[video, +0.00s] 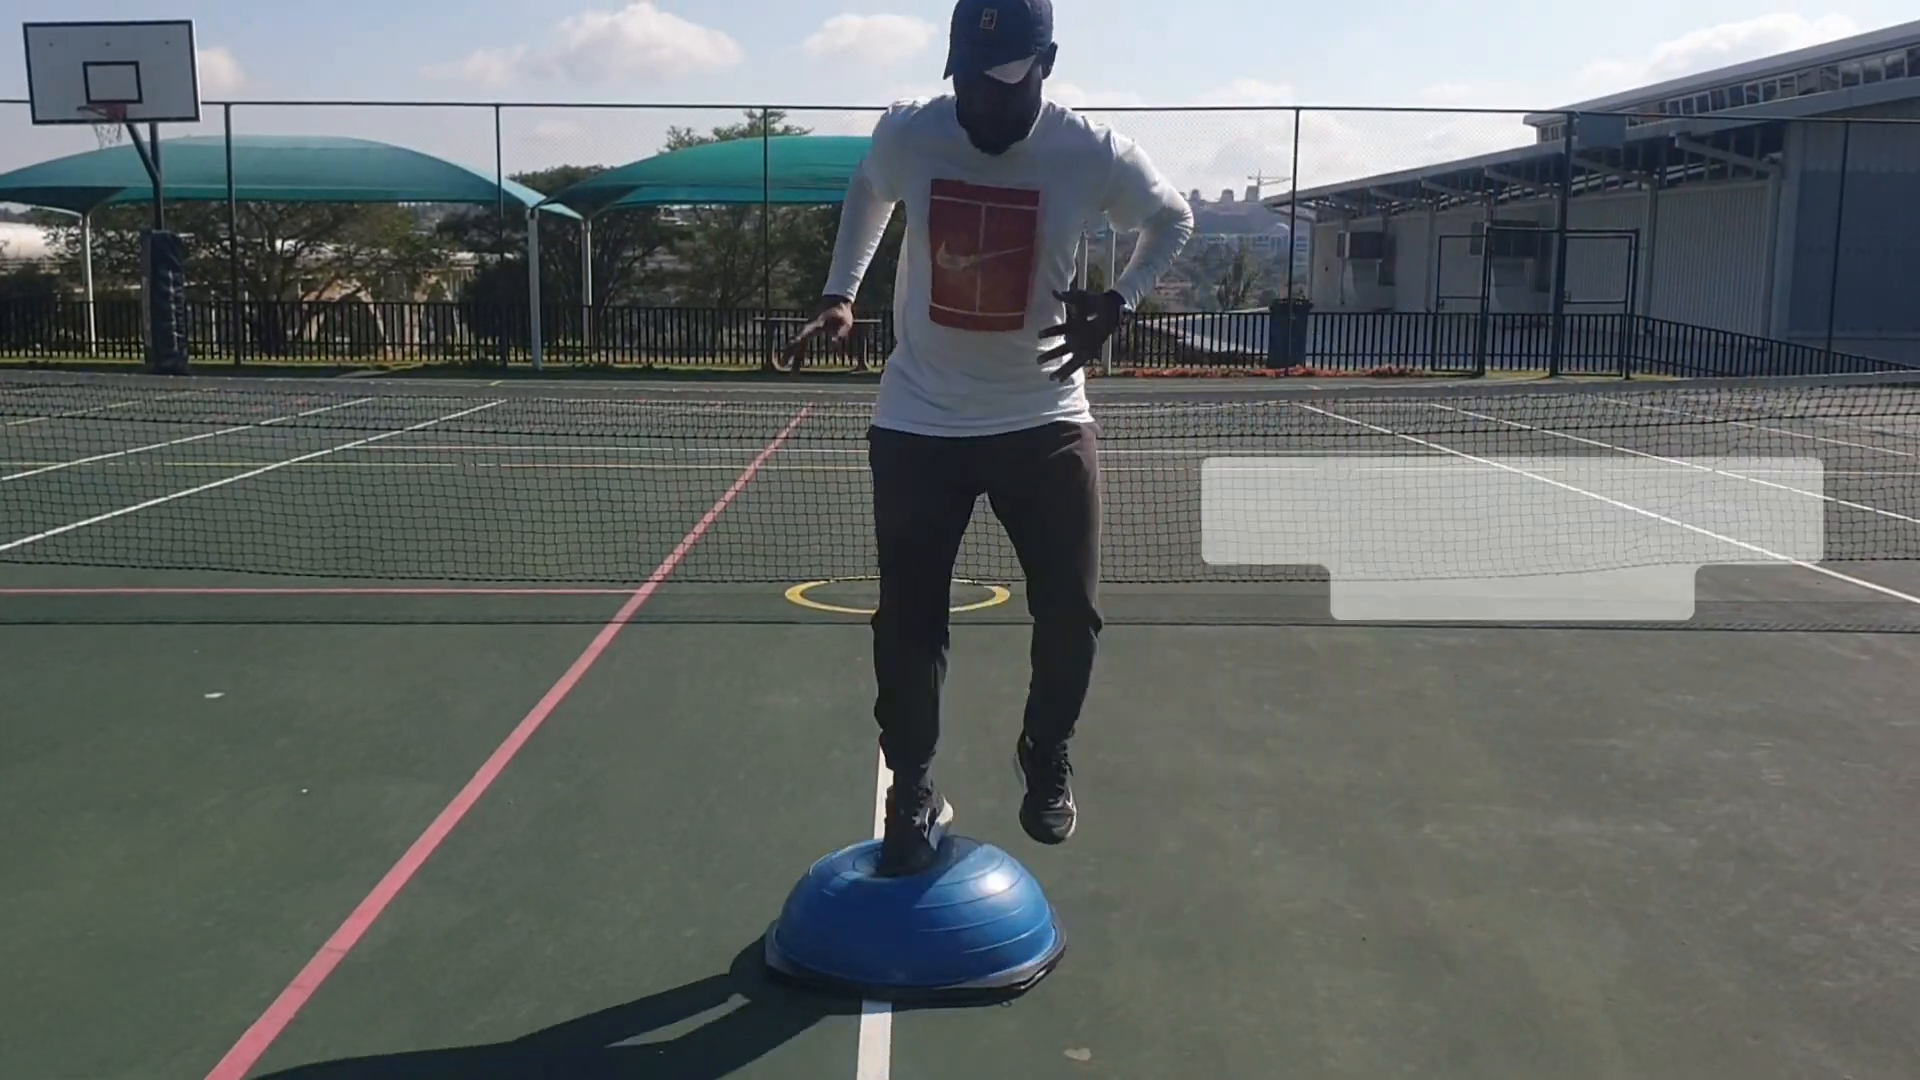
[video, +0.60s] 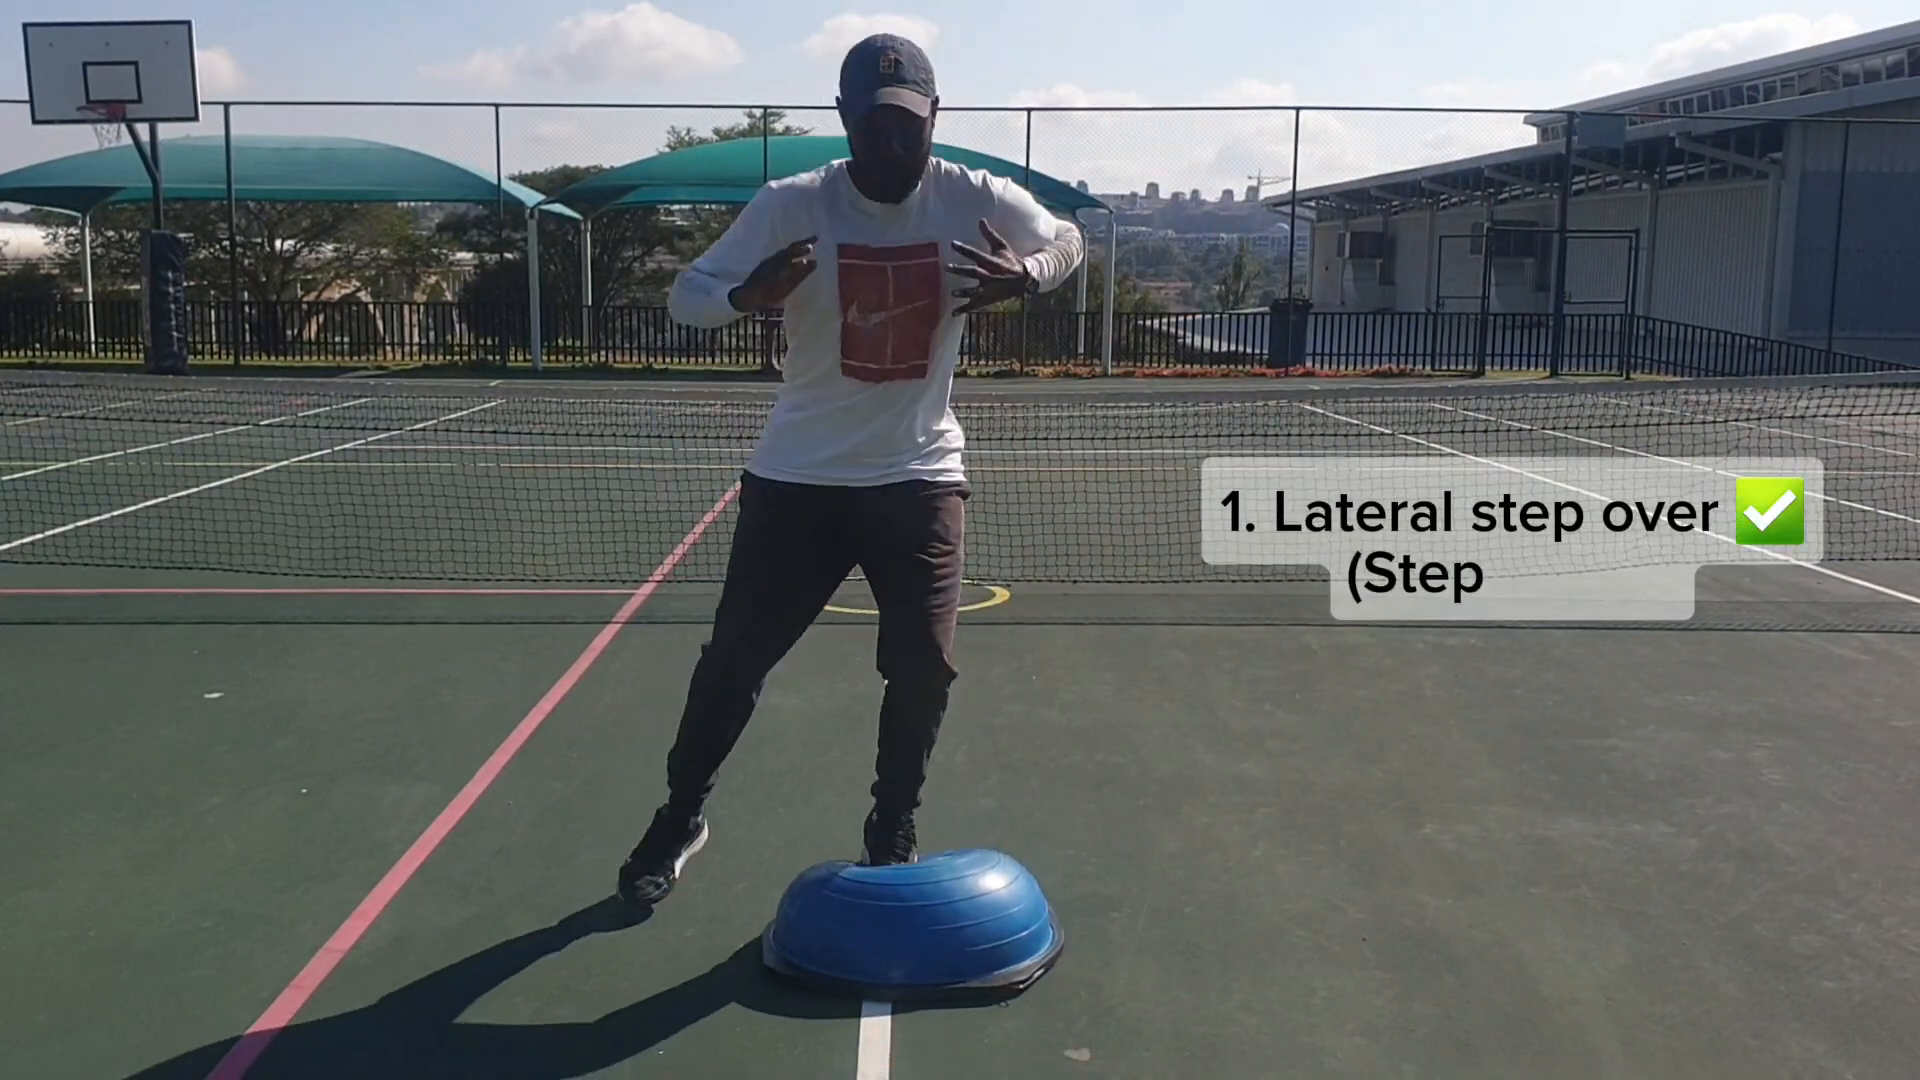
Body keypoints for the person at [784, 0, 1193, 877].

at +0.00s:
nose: (983, 99)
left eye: (1003, 81)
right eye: (971, 80)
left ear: (1041, 66)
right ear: (954, 64)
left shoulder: (1085, 152)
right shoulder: (906, 134)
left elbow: (1173, 218)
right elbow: (871, 194)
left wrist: (1118, 301)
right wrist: (841, 290)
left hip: (1043, 419)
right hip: (919, 419)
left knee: (1070, 608)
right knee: (908, 613)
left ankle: (1048, 761)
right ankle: (912, 795)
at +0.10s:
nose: (941, 95)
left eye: (961, 79)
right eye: (929, 74)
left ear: (998, 61)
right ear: (908, 55)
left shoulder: (1040, 144)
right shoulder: (861, 123)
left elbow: (1133, 191)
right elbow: (828, 183)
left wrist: (1074, 283)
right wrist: (806, 290)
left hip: (989, 388)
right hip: (873, 376)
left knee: (981, 583)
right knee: (834, 565)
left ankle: (930, 742)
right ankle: (852, 724)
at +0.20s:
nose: (911, 117)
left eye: (929, 97)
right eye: (893, 96)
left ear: (956, 77)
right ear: (863, 78)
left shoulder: (1001, 165)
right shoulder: (817, 142)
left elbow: (1083, 206)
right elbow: (791, 202)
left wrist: (1019, 298)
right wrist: (771, 301)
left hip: (937, 421)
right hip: (823, 398)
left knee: (910, 626)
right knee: (749, 592)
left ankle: (883, 811)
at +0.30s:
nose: (866, 172)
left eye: (886, 152)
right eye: (850, 149)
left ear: (916, 141)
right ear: (823, 136)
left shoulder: (961, 226)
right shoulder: (776, 200)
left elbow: (1011, 266)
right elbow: (756, 262)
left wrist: (962, 346)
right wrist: (740, 353)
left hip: (893, 473)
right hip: (771, 473)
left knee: (921, 651)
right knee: (692, 668)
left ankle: (885, 796)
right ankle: (630, 837)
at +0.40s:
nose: (842, 233)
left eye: (859, 216)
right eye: (825, 213)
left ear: (884, 211)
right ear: (795, 207)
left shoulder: (925, 308)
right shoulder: (730, 293)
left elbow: (929, 383)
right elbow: (679, 379)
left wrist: (908, 427)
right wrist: (663, 489)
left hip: (861, 521)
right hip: (742, 523)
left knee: (914, 639)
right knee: (678, 689)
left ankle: (888, 787)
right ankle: (630, 851)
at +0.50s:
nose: (853, 216)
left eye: (869, 197)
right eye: (835, 198)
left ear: (891, 192)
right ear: (804, 195)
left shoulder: (932, 282)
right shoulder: (744, 286)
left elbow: (987, 365)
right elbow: (676, 385)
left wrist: (960, 390)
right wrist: (681, 439)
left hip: (875, 507)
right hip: (756, 512)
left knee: (917, 653)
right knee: (689, 687)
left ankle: (890, 808)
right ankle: (630, 851)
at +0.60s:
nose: (891, 138)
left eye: (907, 119)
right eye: (874, 120)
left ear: (935, 116)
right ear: (844, 117)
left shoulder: (974, 198)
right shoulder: (790, 205)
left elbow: (1063, 243)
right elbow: (686, 297)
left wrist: (1032, 272)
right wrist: (743, 295)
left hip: (920, 471)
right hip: (800, 471)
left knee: (927, 665)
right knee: (732, 662)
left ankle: (891, 834)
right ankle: (678, 818)